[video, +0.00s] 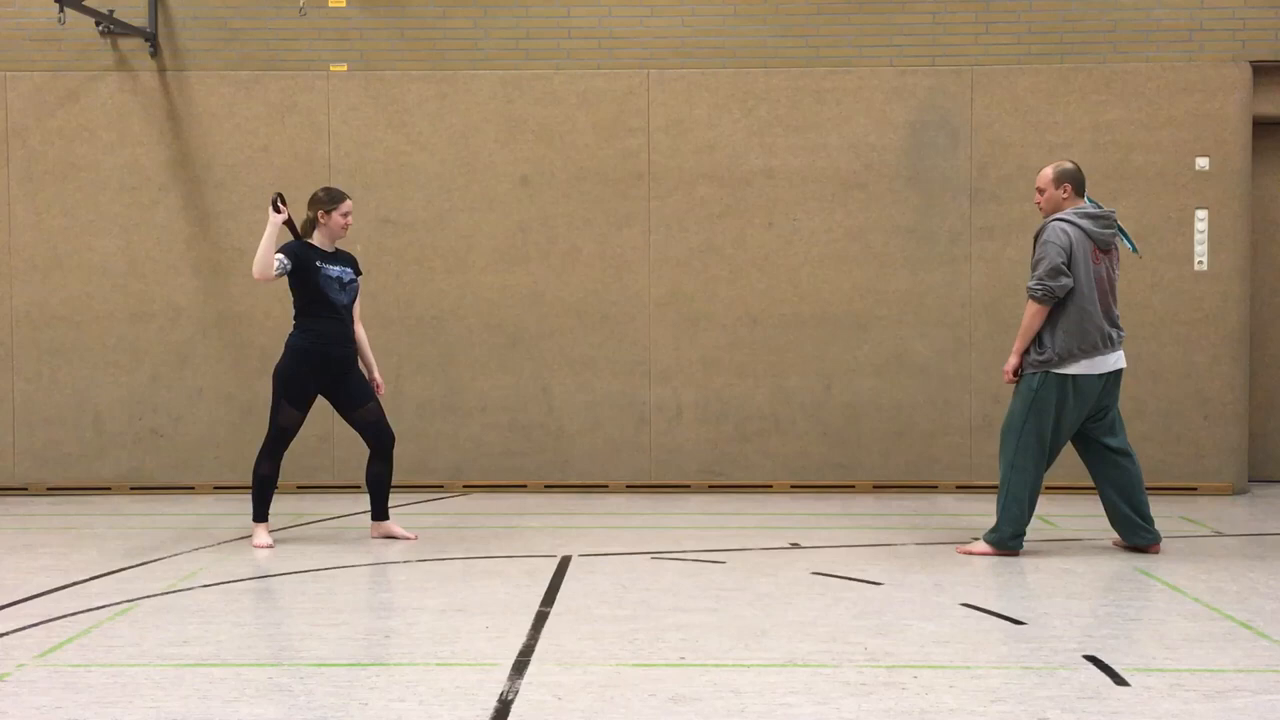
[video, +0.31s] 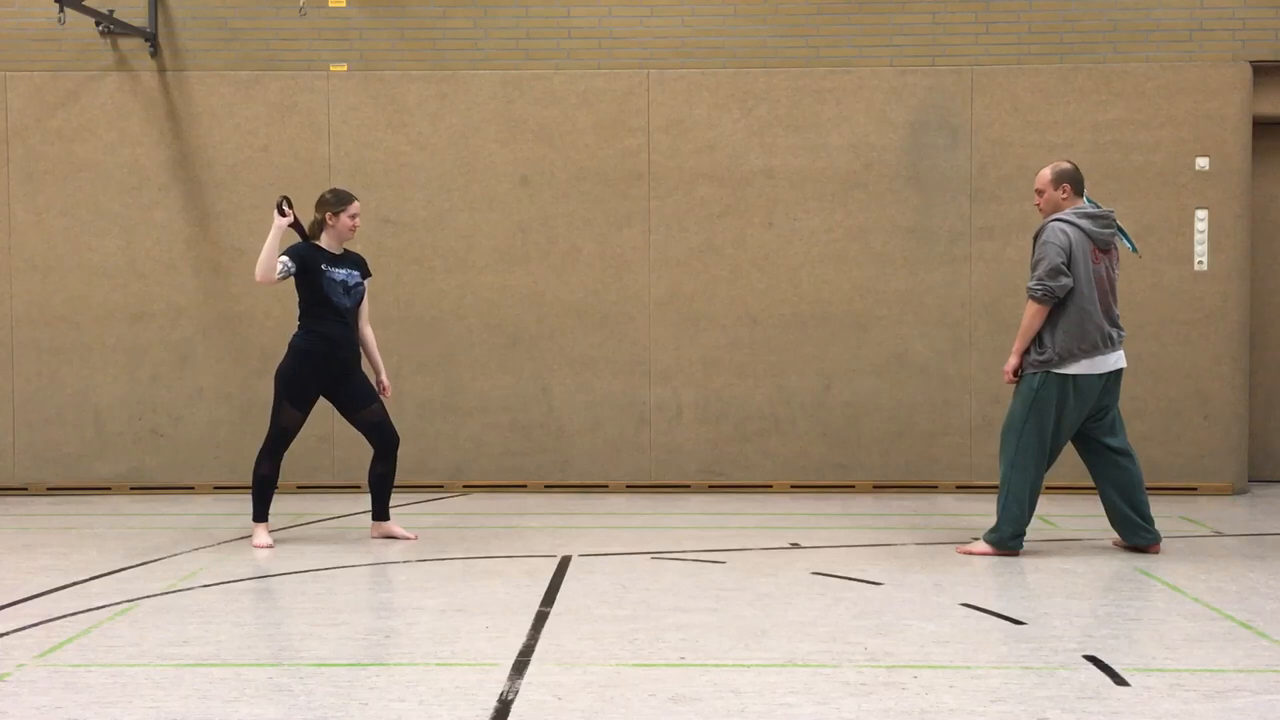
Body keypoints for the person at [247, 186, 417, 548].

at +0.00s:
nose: (350, 221)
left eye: (351, 215)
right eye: (344, 215)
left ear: (333, 216)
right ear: (323, 216)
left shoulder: (349, 263)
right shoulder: (299, 250)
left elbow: (354, 322)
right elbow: (262, 272)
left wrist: (372, 368)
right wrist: (274, 225)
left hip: (343, 366)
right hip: (302, 364)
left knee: (383, 439)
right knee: (276, 442)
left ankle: (381, 521)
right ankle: (260, 526)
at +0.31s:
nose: (357, 223)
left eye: (358, 216)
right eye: (352, 216)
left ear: (339, 219)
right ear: (330, 217)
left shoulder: (356, 263)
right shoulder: (305, 254)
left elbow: (362, 324)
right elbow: (264, 274)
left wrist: (380, 371)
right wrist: (280, 227)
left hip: (345, 369)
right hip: (305, 365)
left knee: (387, 441)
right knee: (276, 443)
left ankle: (381, 521)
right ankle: (260, 526)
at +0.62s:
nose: (384, 228)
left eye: (385, 221)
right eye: (379, 221)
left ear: (365, 223)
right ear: (357, 221)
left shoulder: (378, 268)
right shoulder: (329, 255)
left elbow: (381, 327)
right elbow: (287, 277)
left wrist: (402, 371)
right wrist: (306, 229)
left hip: (353, 374)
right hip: (315, 367)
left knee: (396, 440)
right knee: (281, 443)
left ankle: (381, 521)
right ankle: (260, 526)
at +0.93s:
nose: (439, 216)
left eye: (440, 210)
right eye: (433, 210)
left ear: (435, 214)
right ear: (414, 213)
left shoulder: (414, 255)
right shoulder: (395, 246)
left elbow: (400, 317)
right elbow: (417, 253)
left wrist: (414, 364)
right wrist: (423, 208)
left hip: (404, 365)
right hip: (380, 362)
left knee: (413, 444)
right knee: (387, 446)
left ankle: (382, 521)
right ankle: (319, 496)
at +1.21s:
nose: (500, 216)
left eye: (499, 210)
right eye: (495, 211)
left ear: (469, 218)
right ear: (476, 216)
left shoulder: (444, 256)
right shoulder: (484, 247)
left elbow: (437, 317)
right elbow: (540, 254)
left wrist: (451, 352)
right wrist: (558, 201)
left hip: (444, 360)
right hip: (477, 361)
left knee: (424, 442)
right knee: (525, 437)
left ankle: (388, 522)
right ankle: (562, 519)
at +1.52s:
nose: (574, 232)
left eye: (571, 226)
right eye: (567, 227)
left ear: (540, 235)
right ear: (548, 234)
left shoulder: (517, 273)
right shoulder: (561, 265)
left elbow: (498, 334)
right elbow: (621, 286)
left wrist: (492, 377)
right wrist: (653, 248)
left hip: (519, 380)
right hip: (558, 379)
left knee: (480, 455)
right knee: (607, 444)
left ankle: (428, 528)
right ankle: (604, 529)